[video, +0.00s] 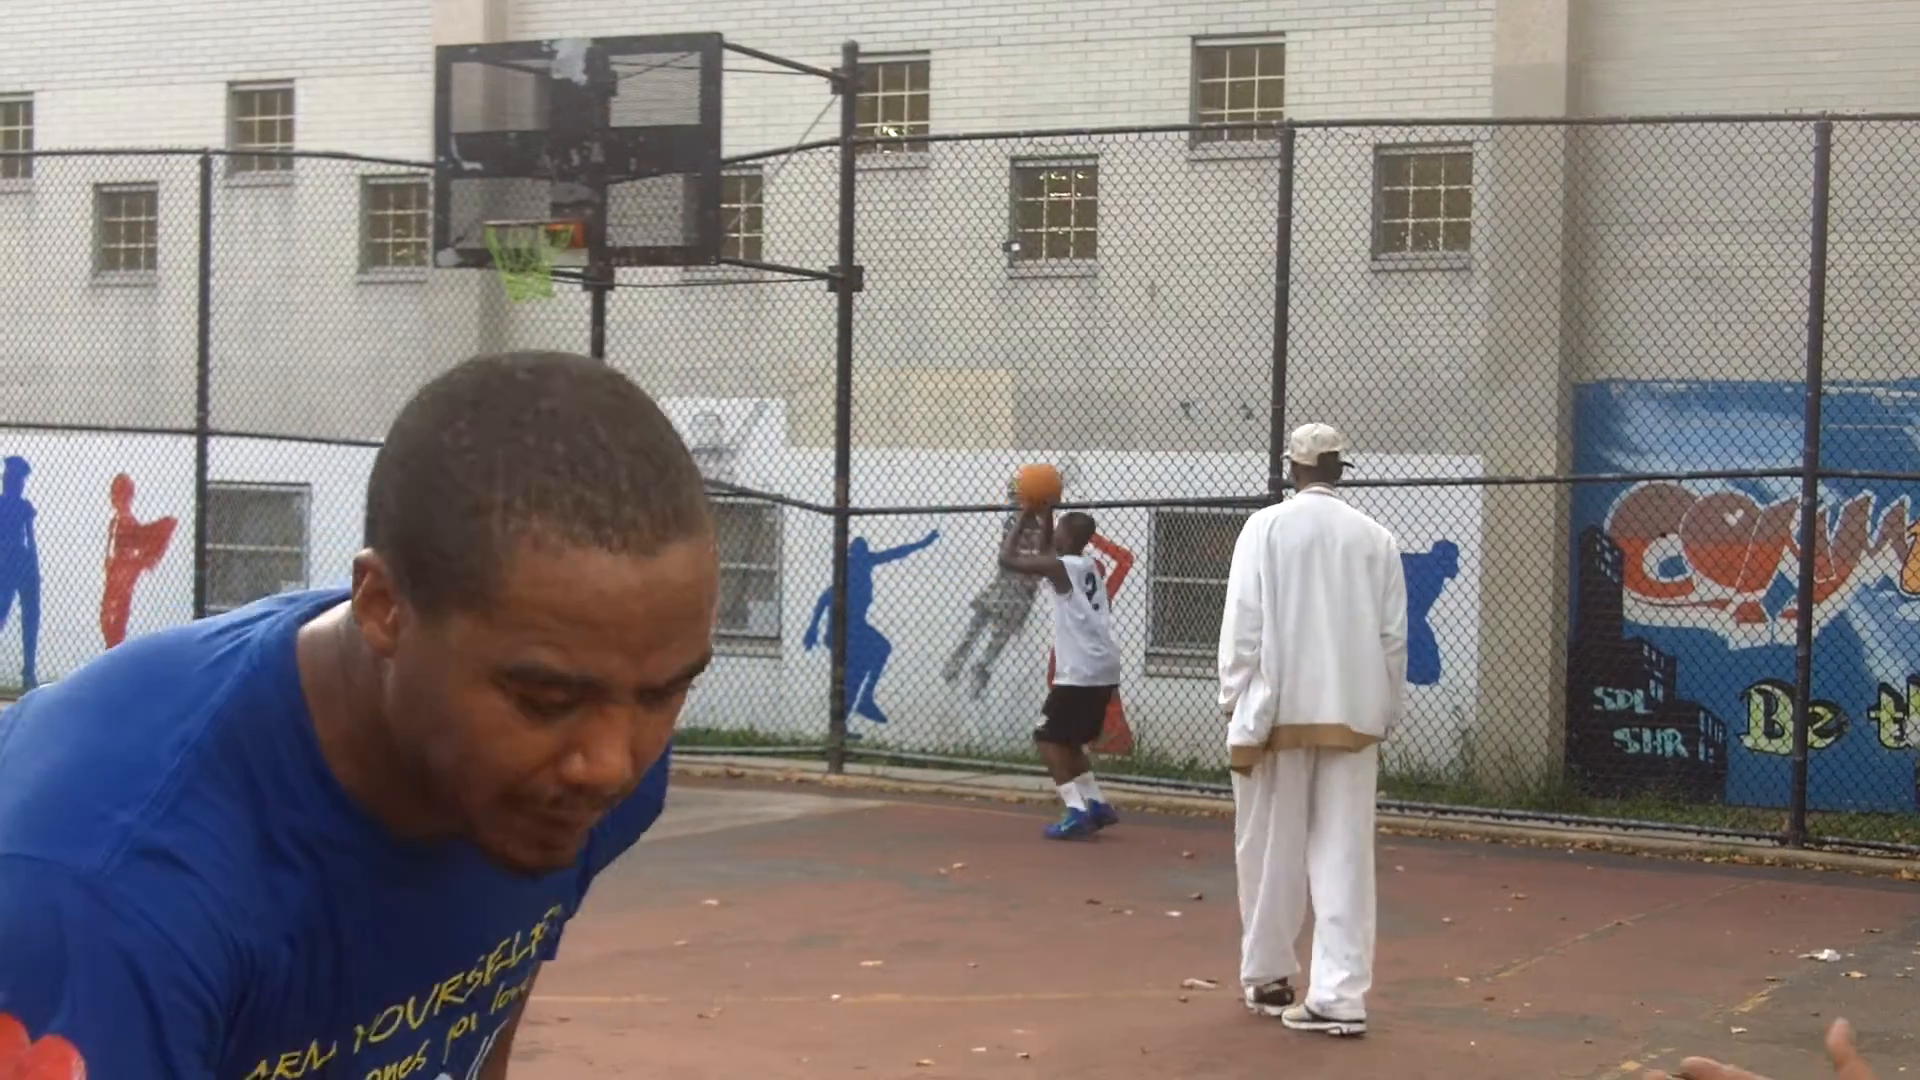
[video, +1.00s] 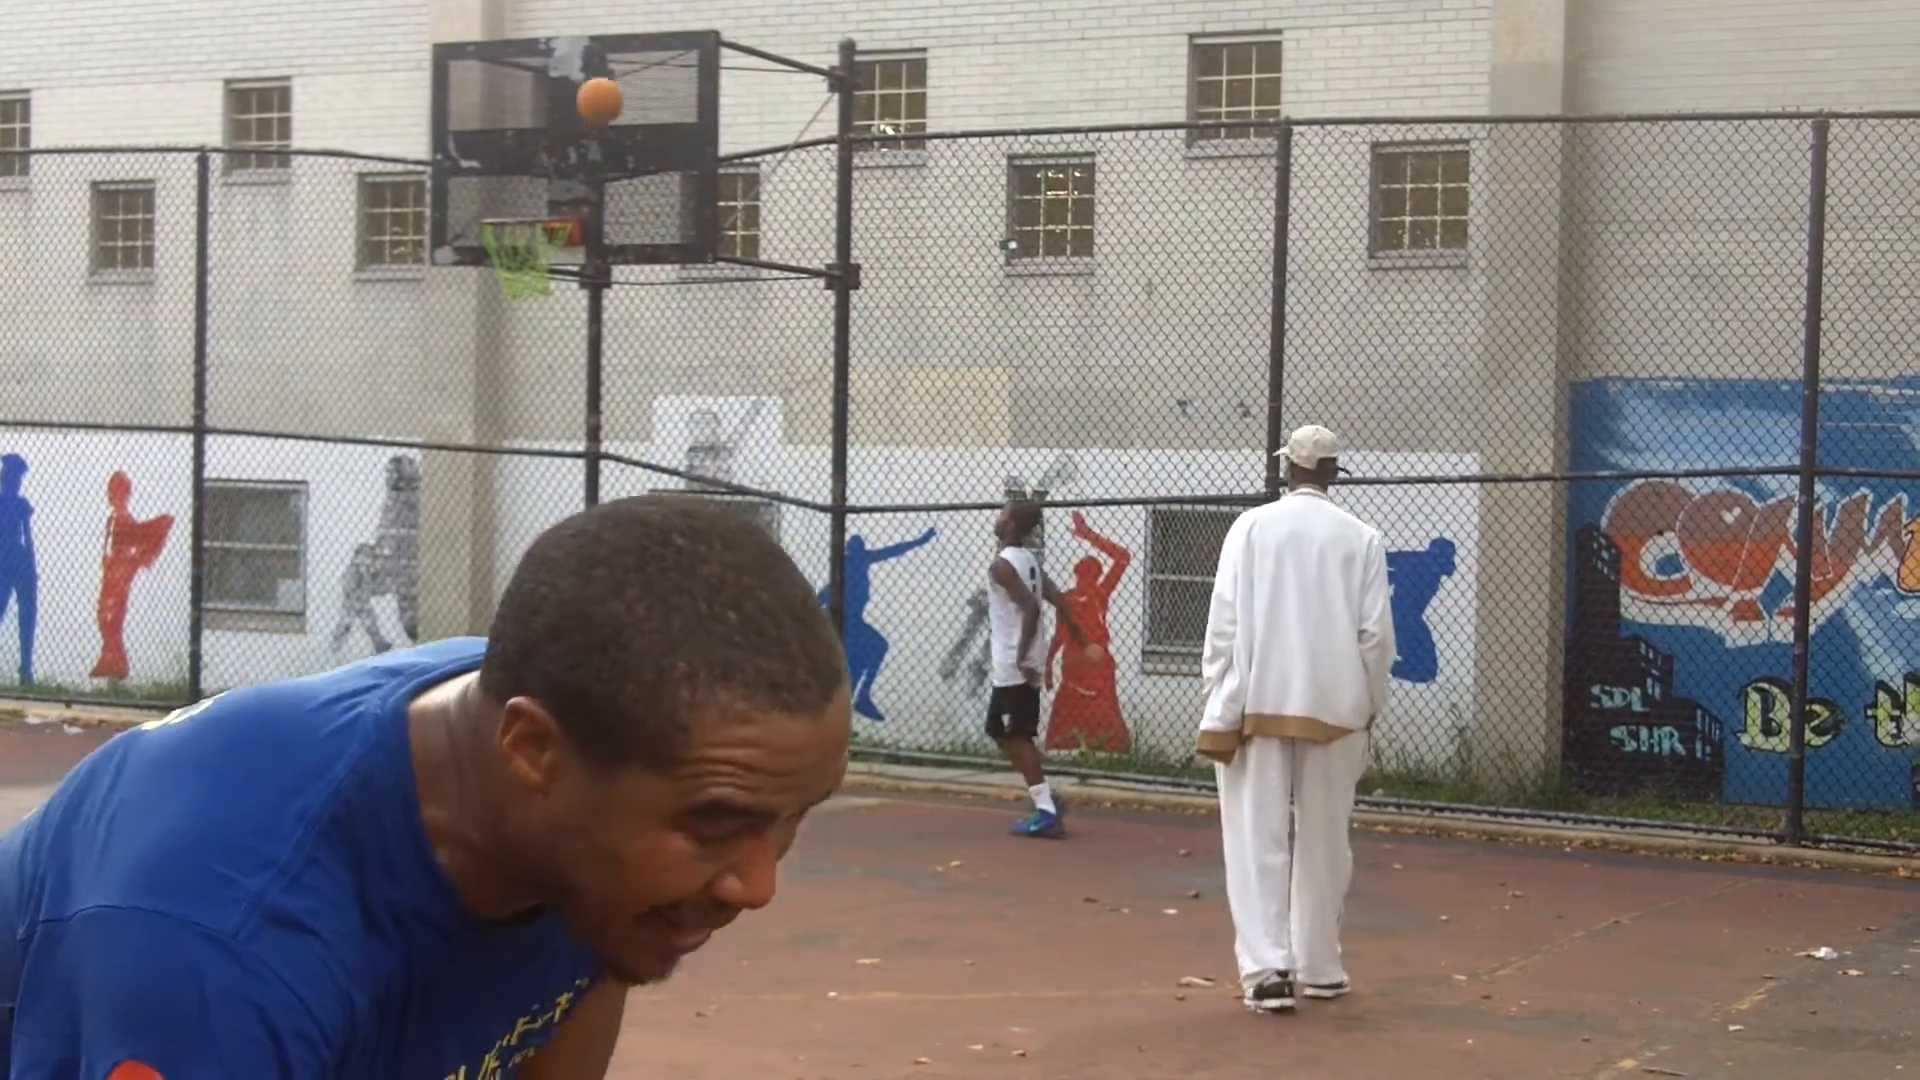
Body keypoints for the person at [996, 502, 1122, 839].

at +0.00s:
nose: (1055, 533)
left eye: (1059, 529)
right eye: (1056, 528)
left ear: (1072, 538)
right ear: (1083, 540)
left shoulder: (1063, 566)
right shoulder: (1088, 565)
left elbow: (1008, 559)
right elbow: (1048, 554)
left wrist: (1021, 517)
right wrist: (1046, 515)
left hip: (1079, 673)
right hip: (1101, 671)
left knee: (1046, 738)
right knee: (1066, 739)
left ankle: (1077, 810)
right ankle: (1096, 803)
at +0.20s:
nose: (1057, 515)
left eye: (1063, 513)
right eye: (1059, 510)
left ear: (1073, 522)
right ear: (1081, 524)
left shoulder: (1050, 551)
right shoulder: (1084, 548)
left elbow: (1001, 534)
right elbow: (1069, 520)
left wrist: (1018, 494)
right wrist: (1056, 487)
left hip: (1055, 655)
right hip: (1083, 653)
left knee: (1047, 730)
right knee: (1074, 729)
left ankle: (1071, 804)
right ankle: (1094, 800)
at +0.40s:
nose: (1047, 468)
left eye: (1054, 466)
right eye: (1053, 464)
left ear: (1061, 478)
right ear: (1077, 484)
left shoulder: (1042, 498)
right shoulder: (1083, 508)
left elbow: (1011, 455)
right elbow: (1043, 462)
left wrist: (1000, 409)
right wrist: (1020, 422)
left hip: (1043, 609)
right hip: (1076, 608)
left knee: (1044, 686)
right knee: (1072, 685)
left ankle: (1062, 766)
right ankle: (1091, 762)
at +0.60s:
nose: (1036, 502)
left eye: (1043, 500)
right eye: (1041, 498)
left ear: (1054, 512)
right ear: (1064, 515)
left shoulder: (1033, 535)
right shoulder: (1071, 538)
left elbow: (1004, 498)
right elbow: (1023, 500)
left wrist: (991, 448)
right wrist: (996, 454)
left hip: (1036, 647)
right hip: (1068, 645)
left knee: (1032, 725)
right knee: (1064, 723)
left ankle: (1044, 803)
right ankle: (1092, 799)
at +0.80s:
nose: (1023, 520)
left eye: (1030, 516)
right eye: (1026, 515)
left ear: (1040, 526)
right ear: (1049, 528)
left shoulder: (1023, 561)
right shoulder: (1054, 561)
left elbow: (993, 604)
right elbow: (1028, 603)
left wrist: (984, 574)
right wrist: (1003, 575)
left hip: (1027, 667)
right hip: (1052, 666)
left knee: (1019, 736)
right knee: (1041, 736)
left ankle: (1047, 810)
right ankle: (1084, 793)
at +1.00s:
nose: (998, 518)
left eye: (1004, 515)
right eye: (1002, 513)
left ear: (1012, 526)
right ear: (1022, 529)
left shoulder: (1002, 565)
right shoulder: (1029, 561)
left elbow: (1031, 608)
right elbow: (1060, 599)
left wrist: (1022, 656)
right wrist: (1077, 634)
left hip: (1014, 670)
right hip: (1023, 669)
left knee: (1016, 737)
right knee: (999, 731)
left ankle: (1045, 809)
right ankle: (1046, 797)